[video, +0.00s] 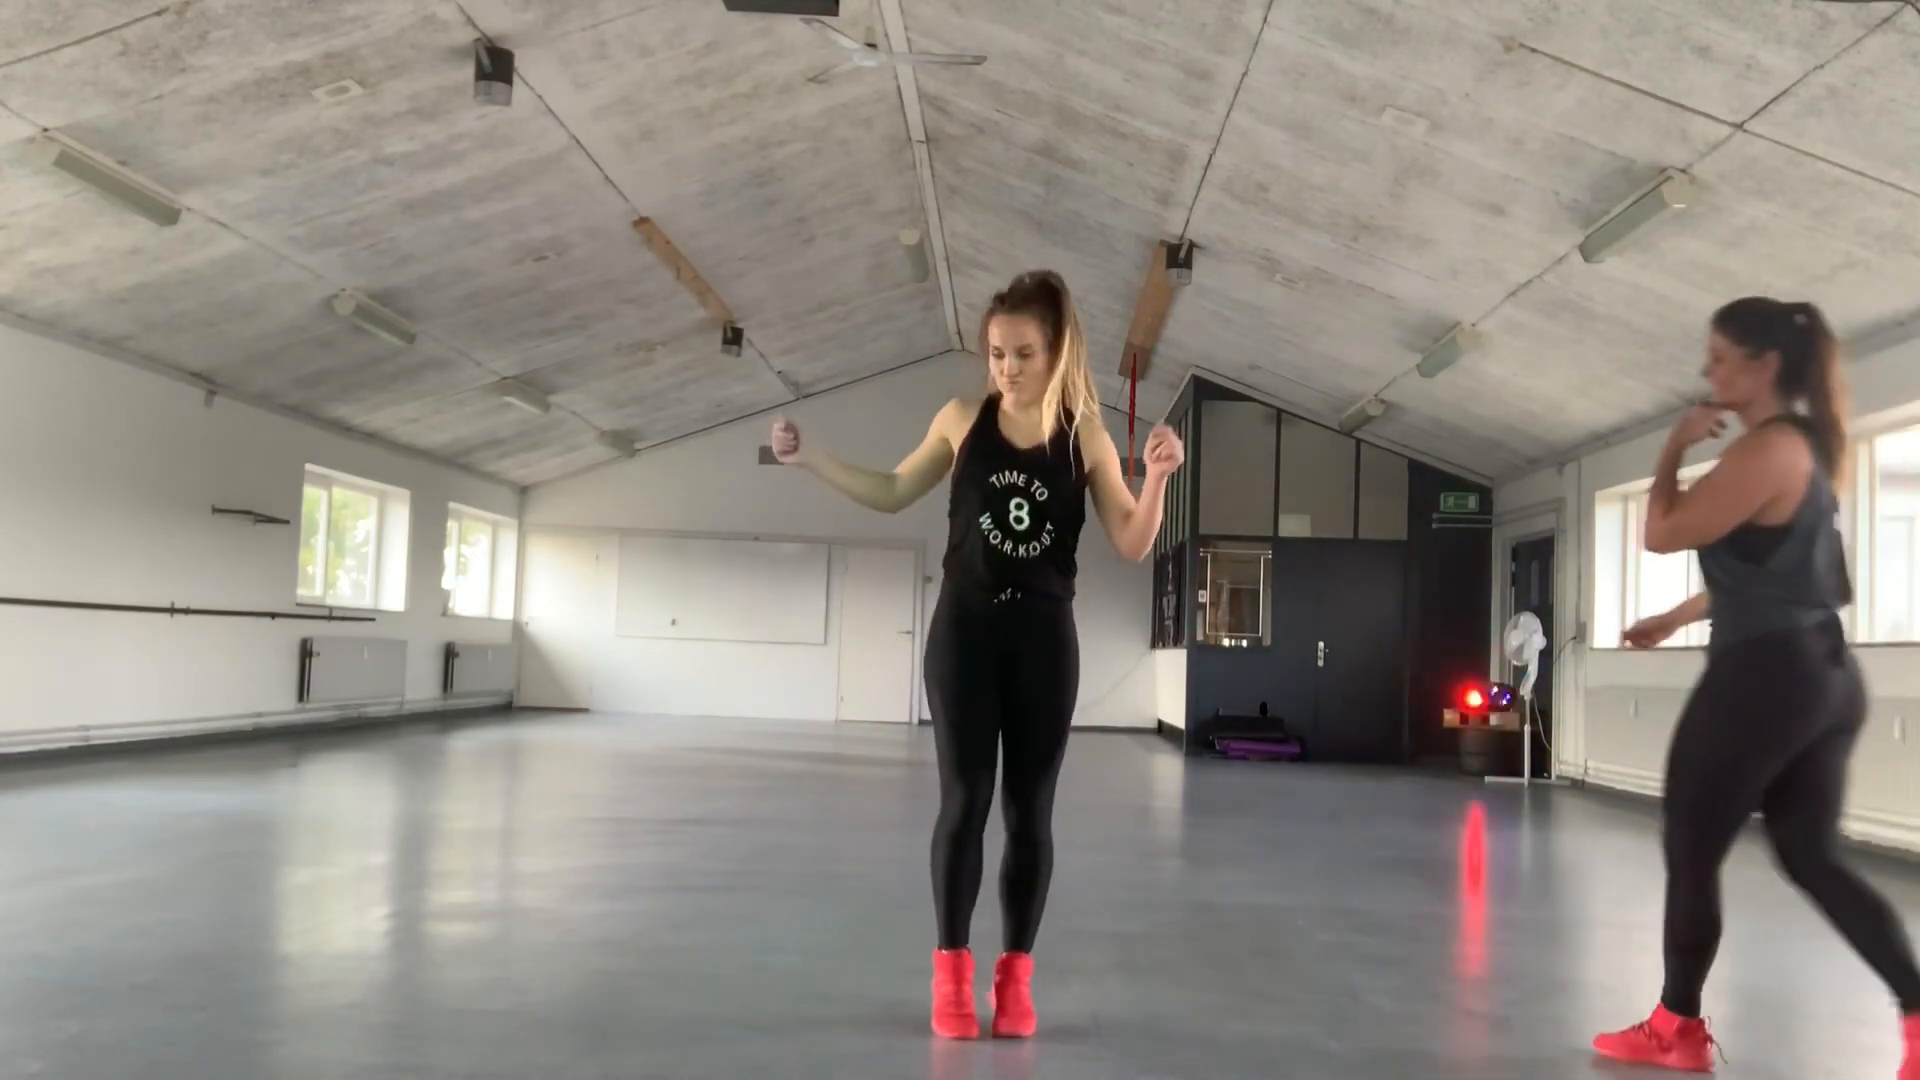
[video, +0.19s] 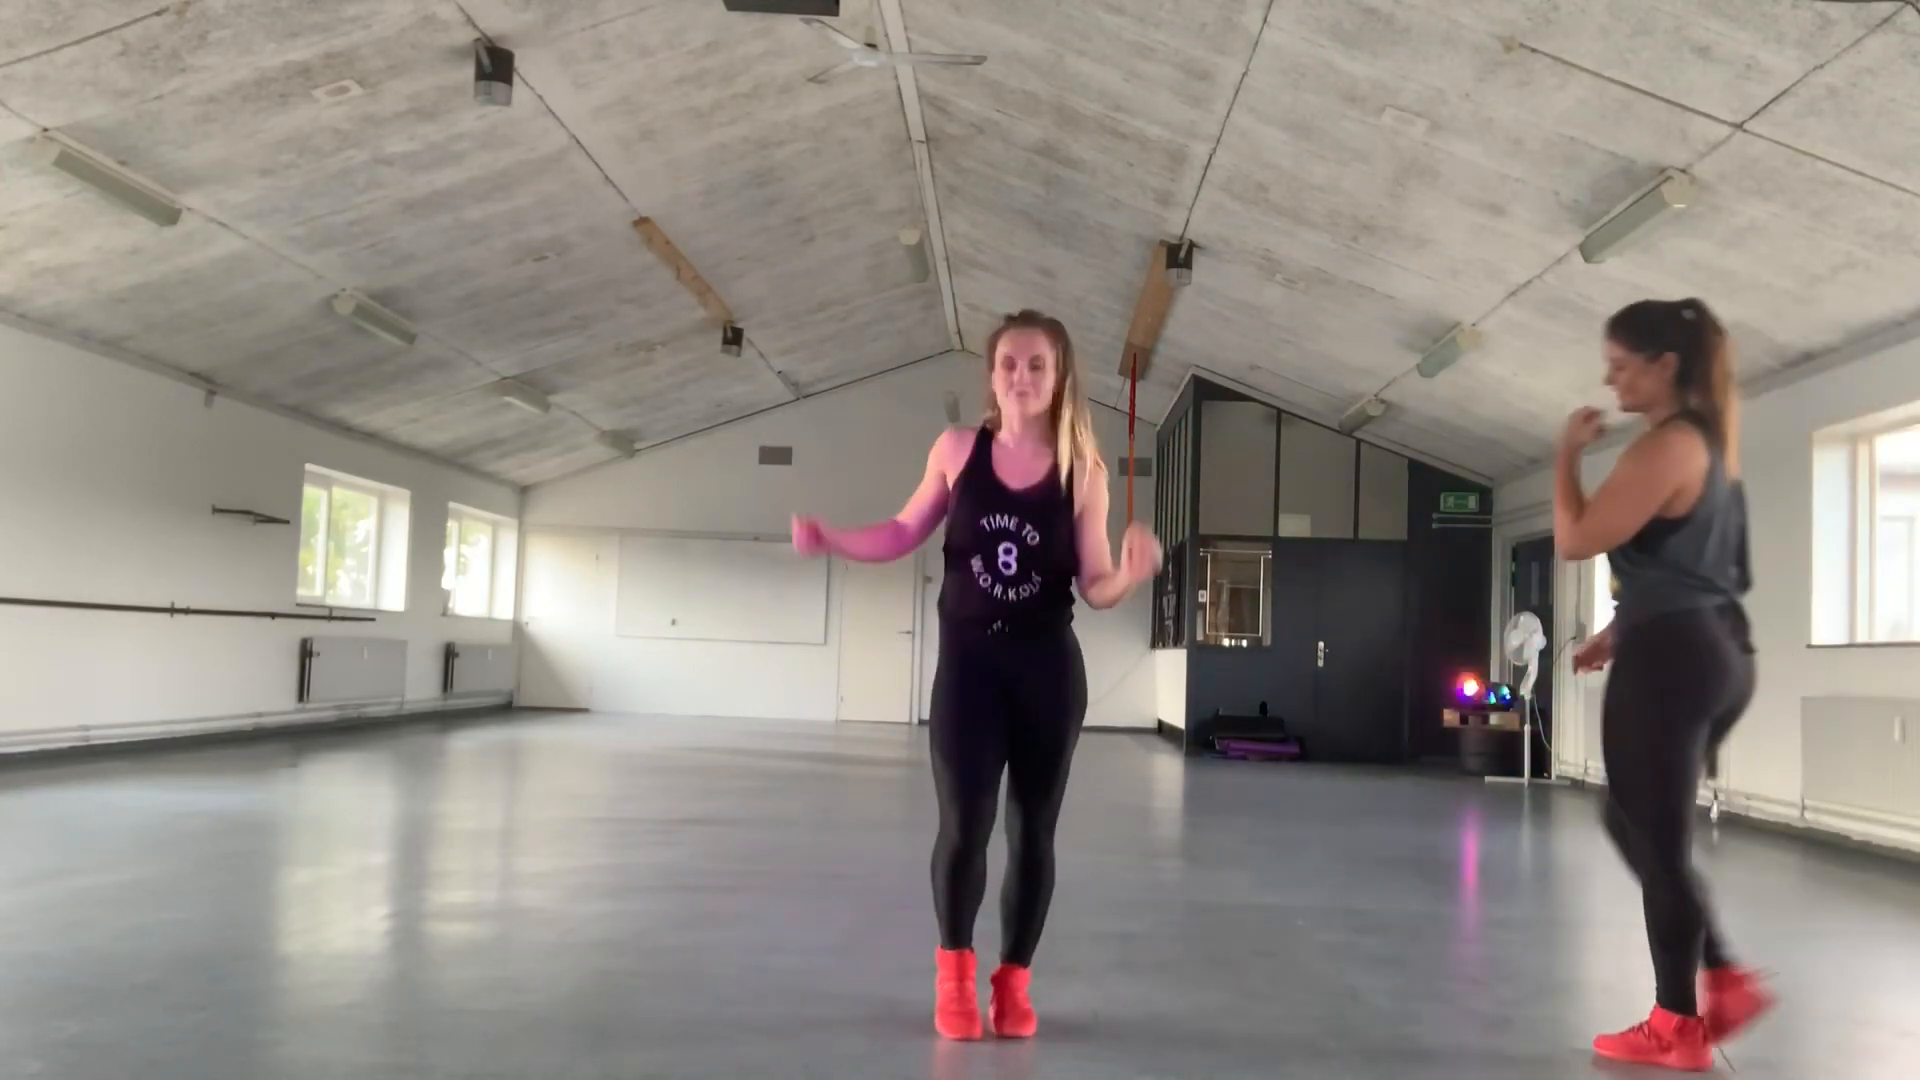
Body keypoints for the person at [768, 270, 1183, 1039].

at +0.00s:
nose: (1005, 369)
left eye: (1022, 353)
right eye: (994, 352)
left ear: (1059, 353)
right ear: (984, 351)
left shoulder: (1085, 432)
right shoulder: (963, 419)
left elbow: (1131, 544)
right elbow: (890, 492)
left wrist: (1156, 480)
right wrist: (804, 454)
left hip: (1044, 641)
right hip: (963, 635)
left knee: (1030, 812)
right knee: (964, 801)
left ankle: (1015, 972)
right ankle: (952, 970)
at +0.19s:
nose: (1020, 376)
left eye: (1035, 365)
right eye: (1008, 364)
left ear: (1060, 378)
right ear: (991, 375)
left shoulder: (1082, 469)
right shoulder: (958, 451)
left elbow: (1097, 589)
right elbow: (901, 534)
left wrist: (1131, 570)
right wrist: (831, 540)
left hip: (1049, 670)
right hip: (968, 668)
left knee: (1034, 830)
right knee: (964, 828)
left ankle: (1015, 977)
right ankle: (956, 970)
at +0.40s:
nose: (1021, 336)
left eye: (1034, 326)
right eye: (1008, 324)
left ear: (1051, 342)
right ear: (983, 338)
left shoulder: (1079, 428)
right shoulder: (948, 429)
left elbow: (1086, 542)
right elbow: (922, 536)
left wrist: (1081, 640)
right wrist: (895, 626)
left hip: (1037, 633)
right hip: (953, 630)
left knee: (1023, 806)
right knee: (958, 800)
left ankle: (1012, 970)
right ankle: (956, 970)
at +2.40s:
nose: (1028, 357)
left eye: (1043, 345)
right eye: (1016, 345)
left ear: (1067, 360)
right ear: (996, 357)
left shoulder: (1092, 436)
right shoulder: (962, 444)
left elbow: (1113, 530)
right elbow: (931, 544)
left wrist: (1088, 594)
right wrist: (907, 637)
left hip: (1041, 641)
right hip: (963, 636)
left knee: (1020, 813)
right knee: (964, 806)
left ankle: (1003, 972)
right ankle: (955, 965)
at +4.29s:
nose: (927, 374)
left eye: (943, 360)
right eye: (916, 359)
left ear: (971, 368)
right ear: (899, 365)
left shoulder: (998, 438)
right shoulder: (873, 444)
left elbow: (1013, 541)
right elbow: (845, 543)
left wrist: (988, 626)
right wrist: (826, 633)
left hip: (966, 638)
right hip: (889, 634)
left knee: (945, 805)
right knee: (882, 796)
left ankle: (934, 955)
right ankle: (881, 956)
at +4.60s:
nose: (862, 360)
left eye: (878, 347)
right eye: (851, 344)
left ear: (906, 352)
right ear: (835, 347)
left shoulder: (934, 406)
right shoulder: (808, 427)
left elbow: (963, 499)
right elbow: (784, 528)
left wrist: (924, 567)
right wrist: (762, 625)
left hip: (893, 618)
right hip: (815, 617)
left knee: (888, 792)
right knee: (797, 788)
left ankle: (885, 943)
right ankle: (769, 953)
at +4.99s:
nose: (781, 360)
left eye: (796, 348)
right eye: (769, 346)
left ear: (823, 355)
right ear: (752, 350)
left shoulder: (851, 422)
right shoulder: (729, 405)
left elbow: (867, 521)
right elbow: (700, 499)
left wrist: (850, 588)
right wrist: (683, 591)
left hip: (809, 628)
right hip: (731, 625)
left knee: (796, 792)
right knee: (725, 785)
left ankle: (791, 943)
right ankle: (714, 945)